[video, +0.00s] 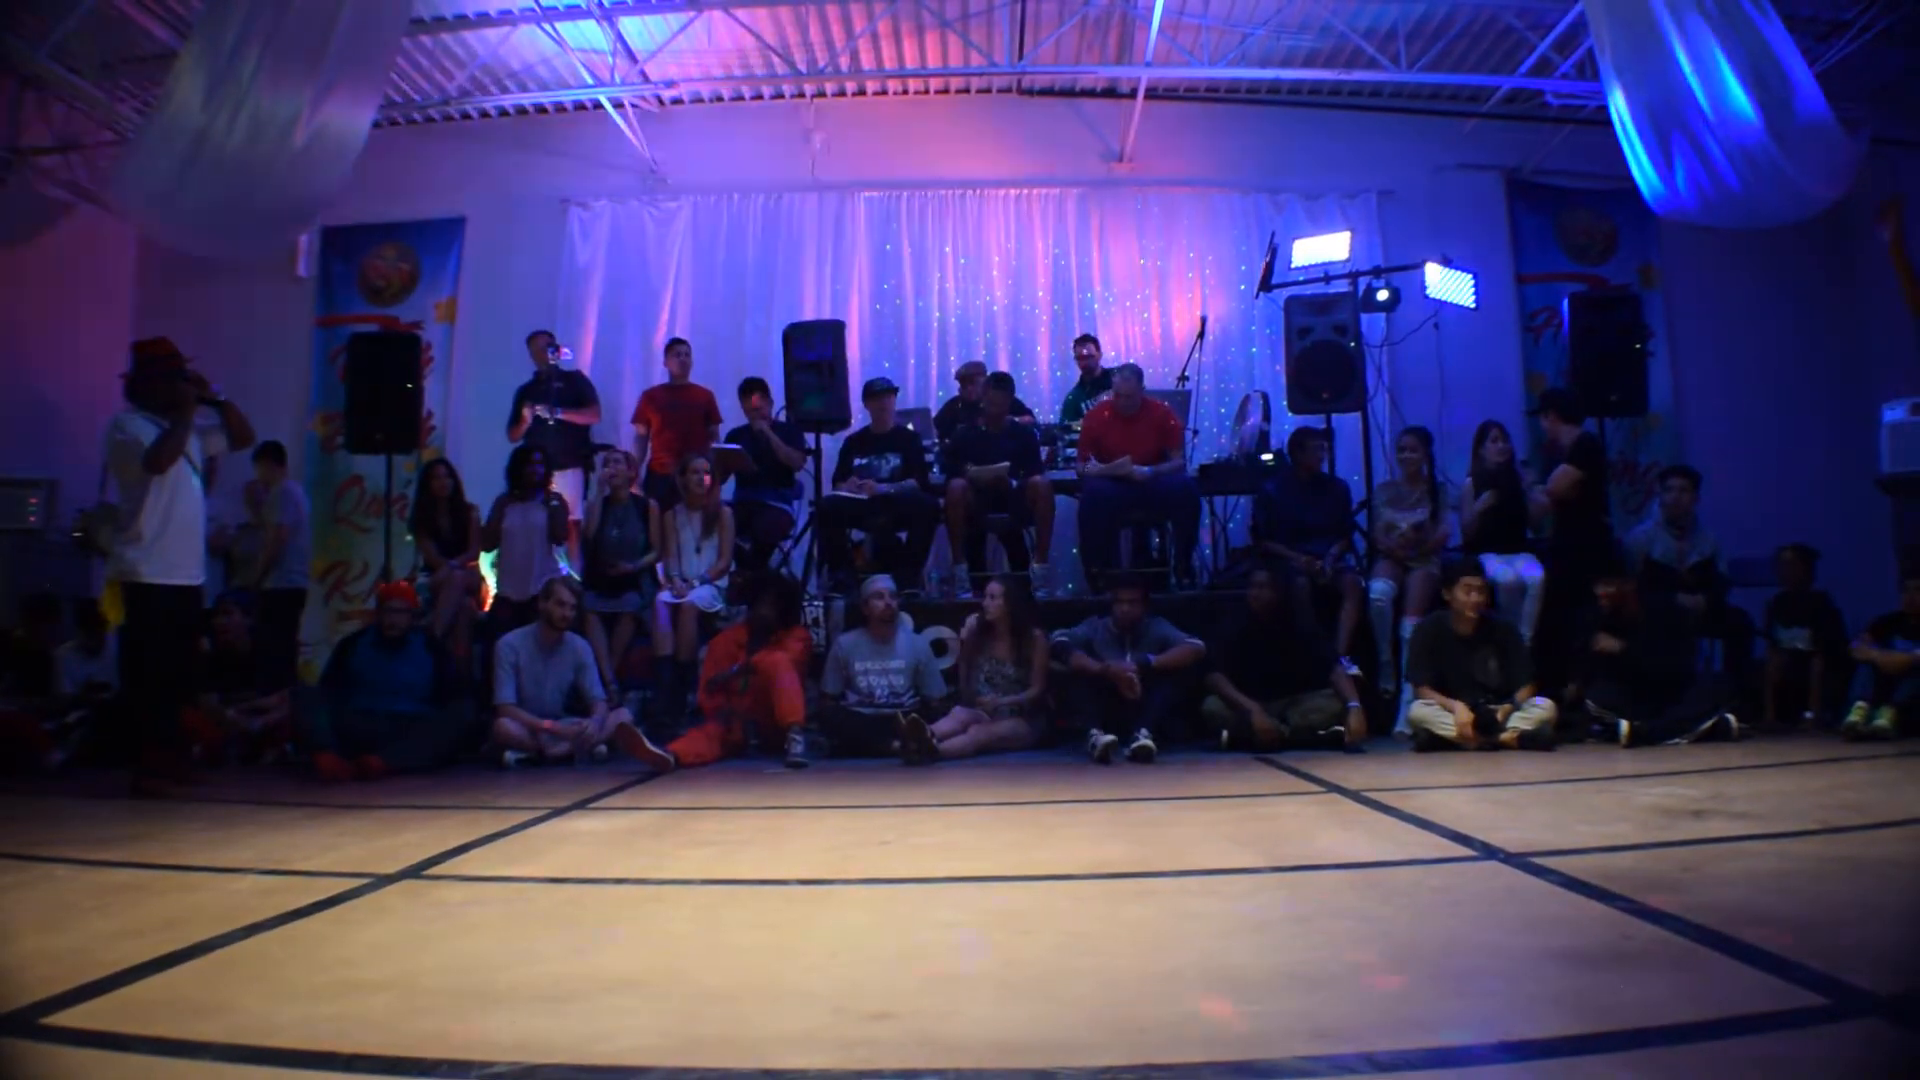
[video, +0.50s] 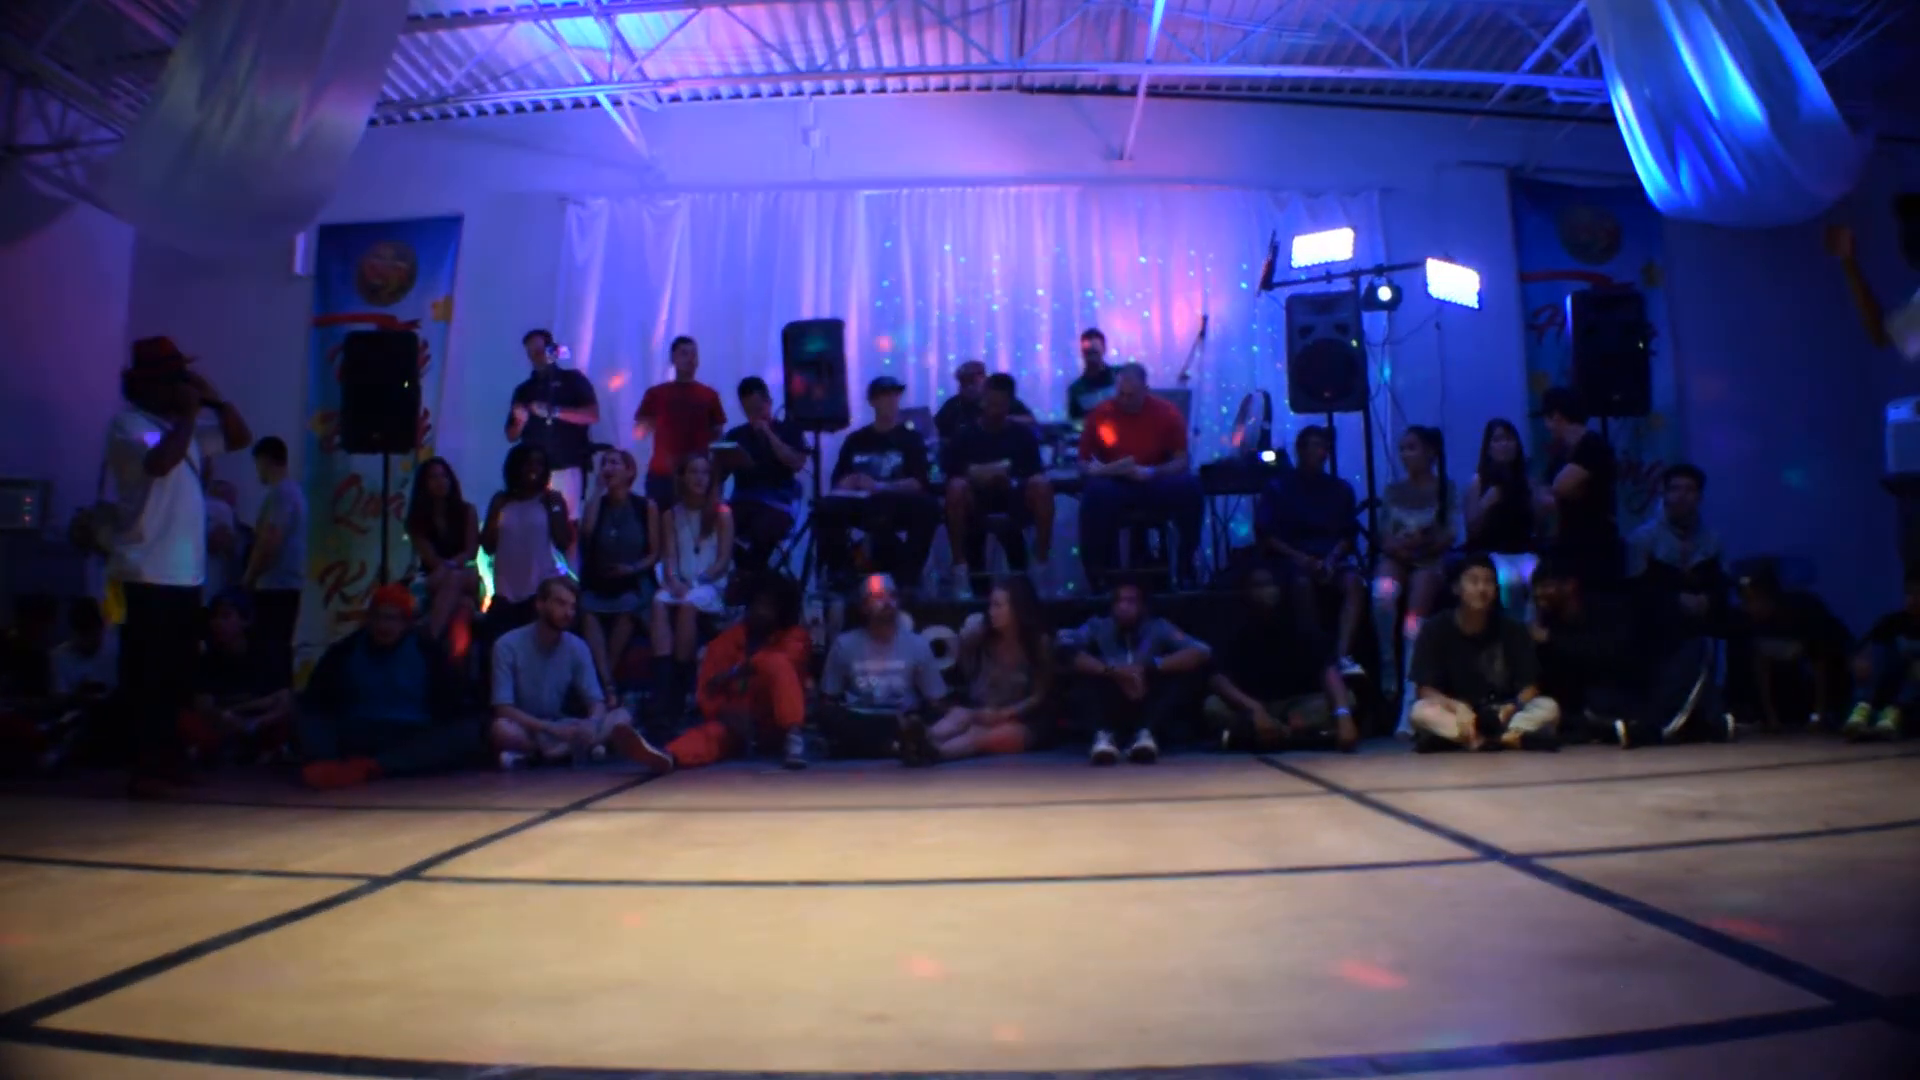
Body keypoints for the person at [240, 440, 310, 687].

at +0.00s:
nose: (258, 473)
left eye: (261, 466)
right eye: (257, 466)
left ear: (273, 465)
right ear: (279, 466)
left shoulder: (284, 493)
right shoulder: (290, 491)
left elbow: (277, 537)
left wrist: (258, 575)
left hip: (283, 585)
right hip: (286, 583)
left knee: (276, 649)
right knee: (280, 649)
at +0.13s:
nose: (258, 473)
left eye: (261, 466)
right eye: (257, 466)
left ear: (272, 465)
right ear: (281, 465)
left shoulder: (282, 493)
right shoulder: (290, 491)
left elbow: (276, 536)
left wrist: (255, 573)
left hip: (281, 580)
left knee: (274, 645)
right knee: (280, 645)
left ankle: (276, 698)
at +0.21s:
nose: (258, 471)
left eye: (261, 465)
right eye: (257, 465)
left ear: (270, 464)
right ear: (281, 463)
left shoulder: (282, 494)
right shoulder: (282, 492)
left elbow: (276, 540)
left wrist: (250, 577)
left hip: (280, 585)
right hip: (279, 583)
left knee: (273, 650)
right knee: (276, 649)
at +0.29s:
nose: (259, 471)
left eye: (262, 464)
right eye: (259, 464)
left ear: (272, 463)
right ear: (282, 463)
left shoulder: (283, 495)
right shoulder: (285, 493)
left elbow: (275, 538)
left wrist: (250, 577)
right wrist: (253, 574)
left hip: (280, 584)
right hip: (281, 583)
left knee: (274, 649)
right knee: (277, 649)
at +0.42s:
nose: (257, 471)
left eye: (260, 463)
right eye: (257, 464)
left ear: (270, 463)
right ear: (280, 462)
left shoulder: (281, 495)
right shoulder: (287, 493)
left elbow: (270, 541)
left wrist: (249, 576)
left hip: (277, 583)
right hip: (281, 581)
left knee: (271, 649)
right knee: (275, 649)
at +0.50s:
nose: (258, 470)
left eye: (260, 462)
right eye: (257, 463)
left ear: (270, 462)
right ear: (281, 462)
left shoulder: (282, 494)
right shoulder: (288, 492)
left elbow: (269, 540)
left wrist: (250, 575)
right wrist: (253, 572)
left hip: (277, 585)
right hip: (281, 583)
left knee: (271, 650)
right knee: (275, 650)